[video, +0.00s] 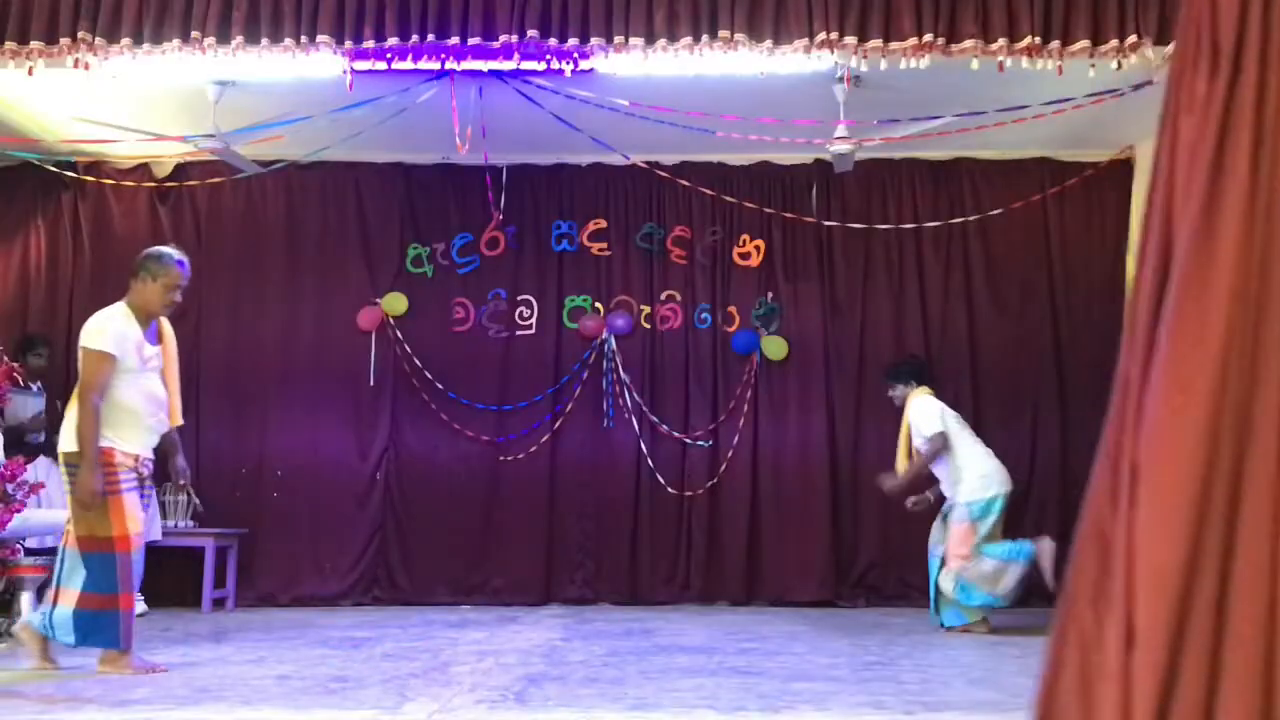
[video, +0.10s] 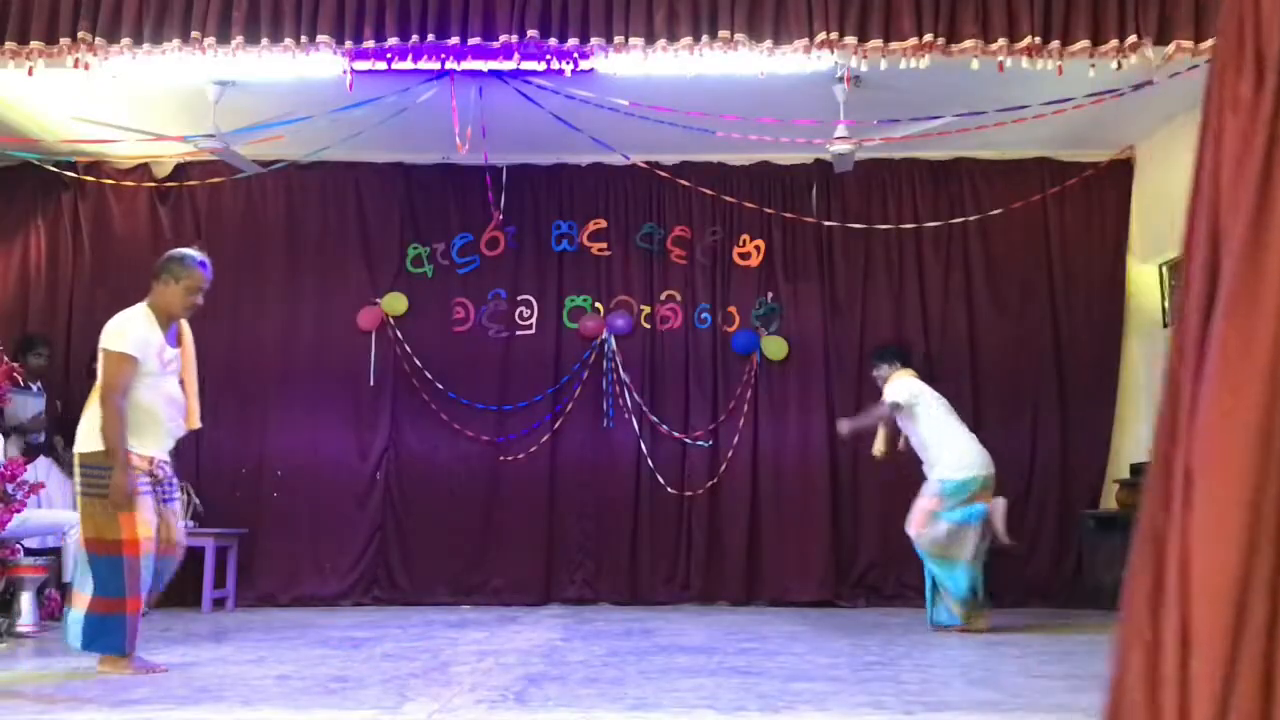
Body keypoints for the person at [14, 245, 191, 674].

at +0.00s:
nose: (177, 299)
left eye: (181, 290)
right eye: (172, 288)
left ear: (167, 289)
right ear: (142, 281)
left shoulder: (152, 331)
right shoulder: (108, 325)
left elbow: (154, 400)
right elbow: (88, 397)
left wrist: (174, 453)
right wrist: (88, 465)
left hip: (131, 455)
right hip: (99, 452)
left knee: (105, 549)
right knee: (125, 545)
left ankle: (39, 626)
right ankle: (117, 653)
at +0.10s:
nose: (199, 301)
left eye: (203, 293)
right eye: (192, 291)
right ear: (163, 283)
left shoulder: (173, 334)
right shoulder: (129, 327)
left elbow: (165, 406)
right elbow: (112, 399)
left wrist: (162, 462)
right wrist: (120, 466)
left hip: (152, 456)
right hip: (114, 453)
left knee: (171, 543)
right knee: (133, 543)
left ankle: (121, 639)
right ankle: (115, 653)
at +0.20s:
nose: (223, 296)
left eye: (227, 288)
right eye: (217, 284)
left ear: (218, 286)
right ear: (188, 275)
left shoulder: (192, 326)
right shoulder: (153, 318)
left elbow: (185, 393)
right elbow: (135, 387)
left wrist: (180, 451)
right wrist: (158, 456)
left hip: (172, 448)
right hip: (130, 448)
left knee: (196, 532)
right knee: (128, 542)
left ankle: (158, 633)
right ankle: (112, 648)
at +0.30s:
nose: (246, 289)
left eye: (251, 281)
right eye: (240, 278)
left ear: (241, 280)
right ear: (210, 270)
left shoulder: (217, 321)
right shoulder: (178, 313)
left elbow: (207, 386)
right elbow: (161, 382)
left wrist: (205, 446)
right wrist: (195, 449)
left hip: (197, 446)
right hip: (156, 443)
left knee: (217, 532)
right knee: (135, 538)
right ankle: (113, 644)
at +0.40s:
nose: (270, 291)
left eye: (273, 282)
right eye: (265, 280)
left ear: (247, 277)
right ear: (235, 273)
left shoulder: (232, 323)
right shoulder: (202, 316)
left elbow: (219, 389)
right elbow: (191, 385)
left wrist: (234, 446)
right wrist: (227, 450)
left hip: (219, 450)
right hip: (182, 448)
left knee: (237, 542)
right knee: (155, 541)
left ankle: (248, 644)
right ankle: (115, 642)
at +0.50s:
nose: (293, 289)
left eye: (295, 280)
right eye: (287, 278)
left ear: (269, 279)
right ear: (258, 274)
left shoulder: (261, 324)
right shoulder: (227, 319)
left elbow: (253, 392)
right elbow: (218, 390)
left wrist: (263, 452)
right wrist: (247, 459)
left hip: (253, 452)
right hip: (213, 451)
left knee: (266, 544)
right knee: (194, 544)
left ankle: (261, 646)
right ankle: (128, 636)